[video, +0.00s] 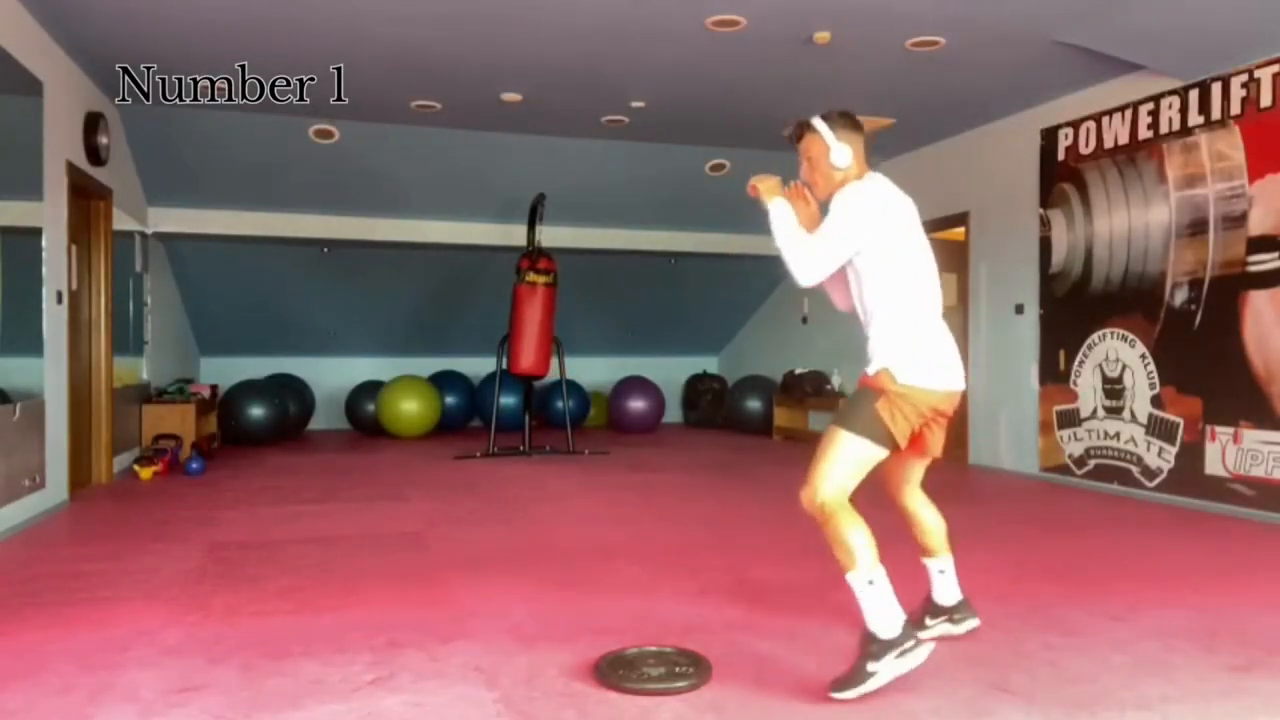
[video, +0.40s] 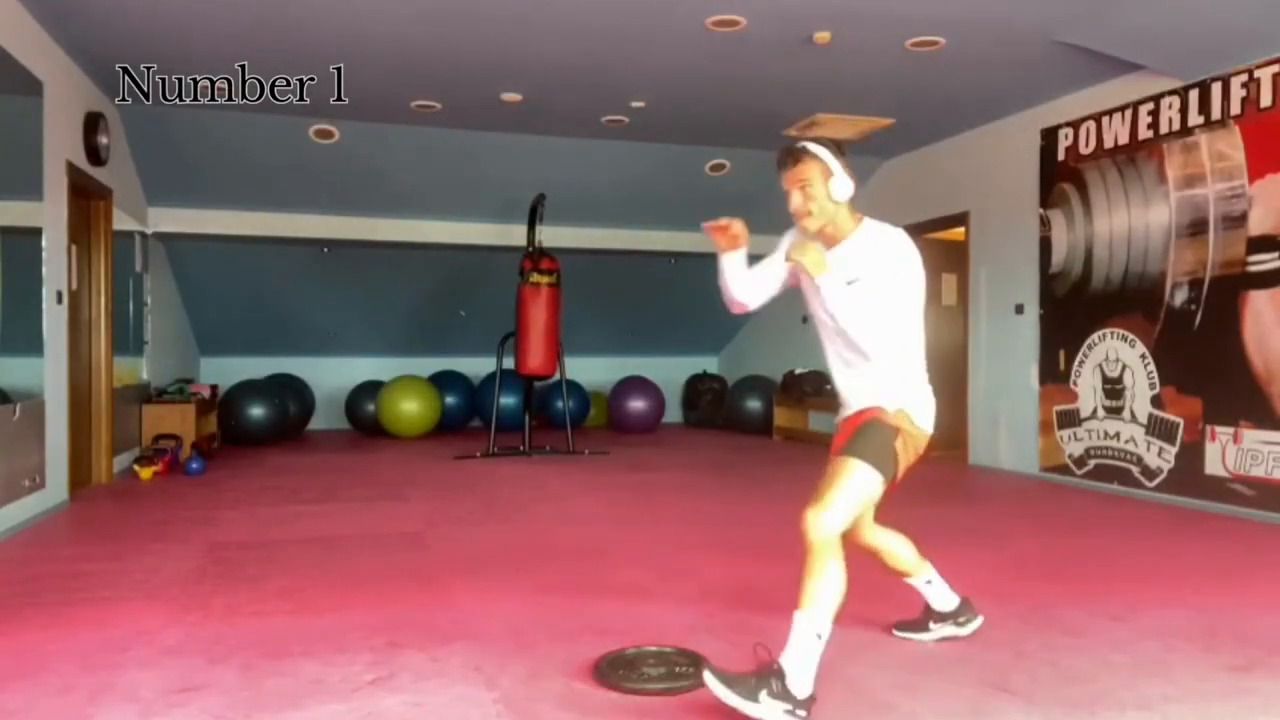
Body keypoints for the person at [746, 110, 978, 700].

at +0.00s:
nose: (805, 174)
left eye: (808, 161)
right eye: (803, 164)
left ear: (837, 153)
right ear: (852, 154)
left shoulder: (859, 200)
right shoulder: (890, 199)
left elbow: (805, 267)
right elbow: (852, 298)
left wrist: (775, 204)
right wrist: (809, 224)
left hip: (902, 375)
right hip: (940, 375)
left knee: (823, 494)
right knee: (906, 487)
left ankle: (890, 636)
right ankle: (950, 603)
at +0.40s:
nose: (796, 202)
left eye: (805, 188)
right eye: (789, 193)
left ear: (841, 186)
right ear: (789, 198)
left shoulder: (893, 248)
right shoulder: (802, 244)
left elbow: (889, 343)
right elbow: (742, 299)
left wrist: (821, 275)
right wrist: (733, 254)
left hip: (900, 406)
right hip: (856, 407)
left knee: (822, 523)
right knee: (859, 528)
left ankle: (793, 684)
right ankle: (950, 608)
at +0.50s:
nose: (756, 195)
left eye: (766, 180)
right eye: (752, 184)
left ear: (799, 178)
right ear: (757, 189)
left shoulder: (859, 238)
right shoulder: (787, 249)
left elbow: (849, 337)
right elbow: (732, 309)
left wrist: (782, 262)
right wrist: (713, 254)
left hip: (882, 412)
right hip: (847, 411)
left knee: (781, 526)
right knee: (867, 525)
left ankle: (778, 696)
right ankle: (947, 611)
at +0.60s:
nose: (720, 176)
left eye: (724, 163)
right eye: (719, 165)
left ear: (755, 158)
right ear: (772, 158)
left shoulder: (796, 215)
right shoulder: (822, 203)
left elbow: (766, 306)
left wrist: (720, 235)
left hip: (840, 405)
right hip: (882, 404)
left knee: (742, 524)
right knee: (854, 517)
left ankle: (771, 693)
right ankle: (941, 633)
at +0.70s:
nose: (719, 171)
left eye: (720, 156)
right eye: (715, 159)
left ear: (746, 145)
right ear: (781, 144)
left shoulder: (765, 198)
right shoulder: (843, 191)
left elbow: (728, 291)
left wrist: (698, 226)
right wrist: (746, 212)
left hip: (810, 392)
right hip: (881, 397)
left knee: (706, 505)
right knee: (855, 521)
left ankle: (735, 675)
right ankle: (923, 649)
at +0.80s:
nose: (721, 176)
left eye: (724, 163)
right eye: (720, 163)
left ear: (749, 159)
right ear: (786, 158)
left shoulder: (740, 212)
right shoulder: (852, 209)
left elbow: (687, 302)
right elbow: (839, 289)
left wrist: (681, 242)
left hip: (771, 408)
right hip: (858, 413)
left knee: (681, 539)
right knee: (882, 559)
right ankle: (926, 704)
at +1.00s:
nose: (672, 184)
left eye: (673, 173)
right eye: (673, 173)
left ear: (687, 171)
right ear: (736, 175)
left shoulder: (660, 225)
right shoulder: (794, 229)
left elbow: (625, 329)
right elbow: (782, 314)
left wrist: (674, 269)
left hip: (676, 432)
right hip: (774, 436)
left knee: (618, 552)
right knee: (850, 568)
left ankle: (576, 706)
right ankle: (918, 709)